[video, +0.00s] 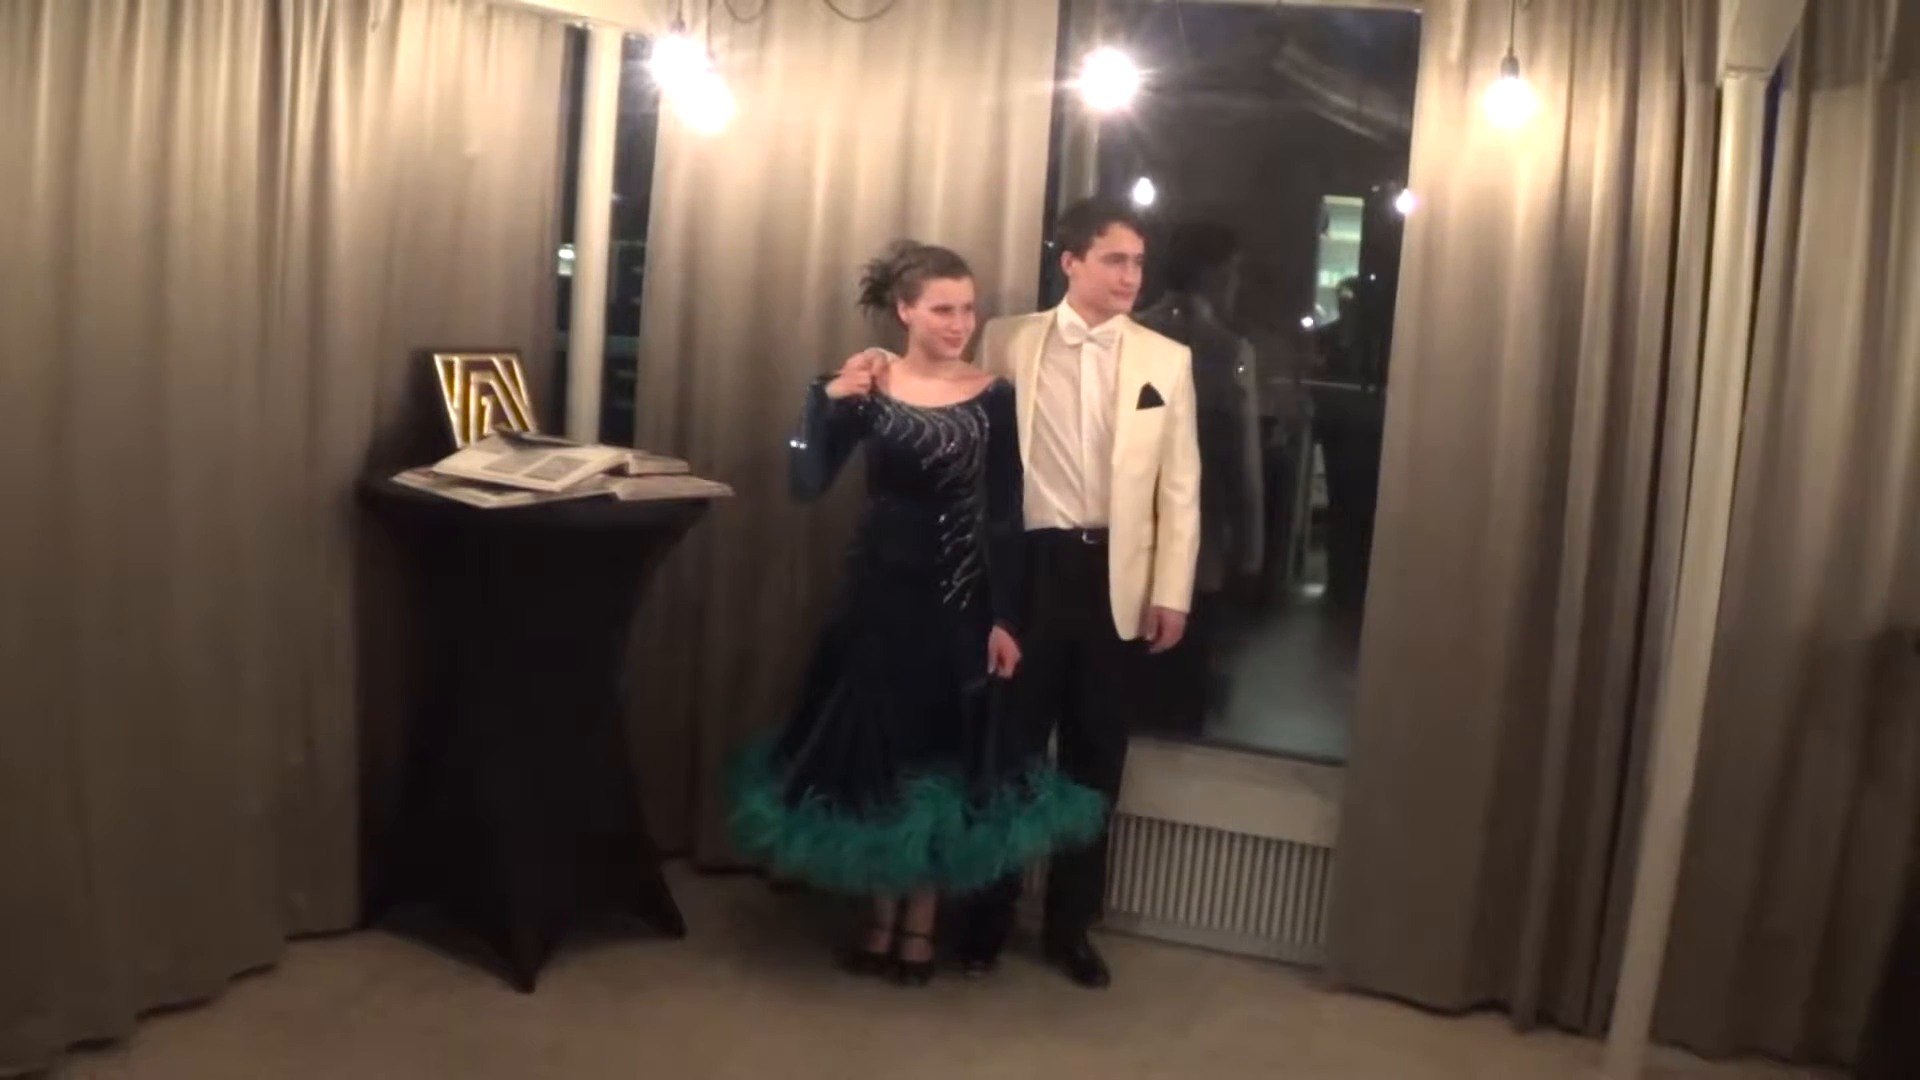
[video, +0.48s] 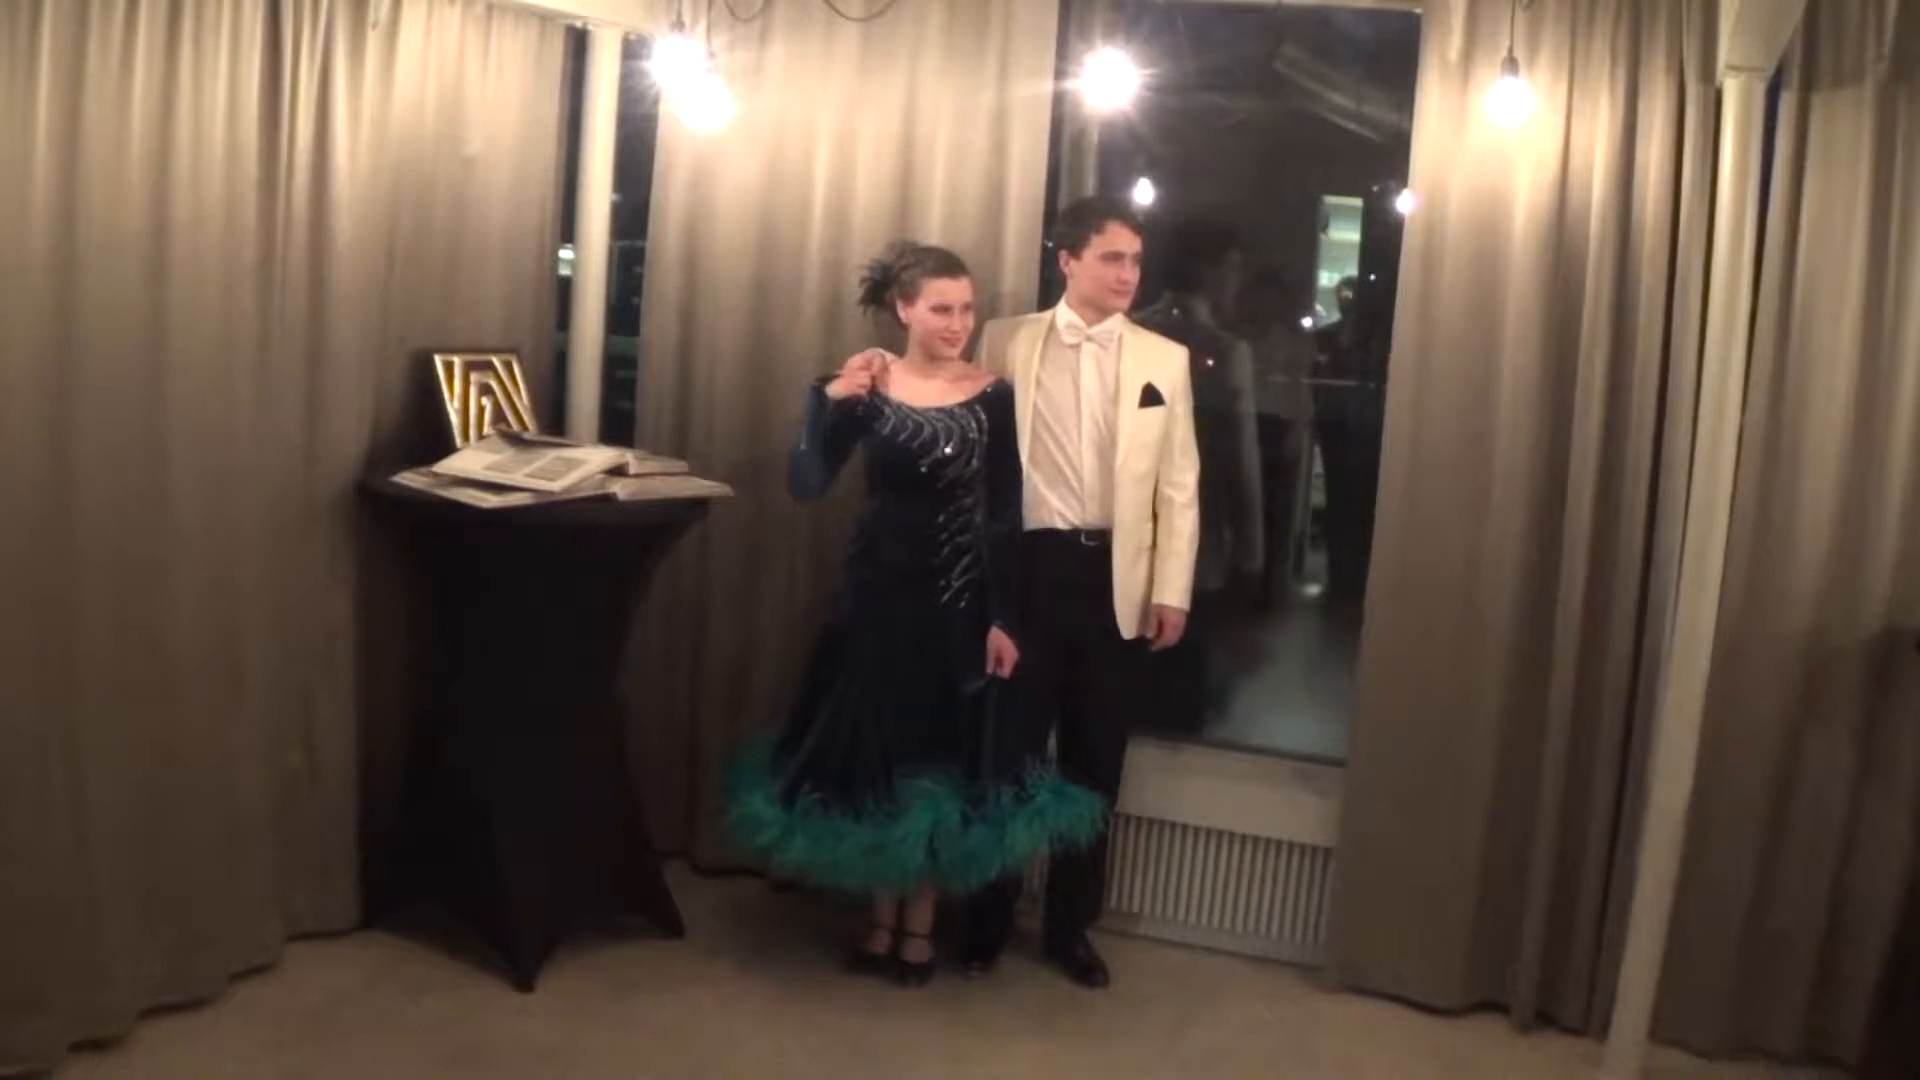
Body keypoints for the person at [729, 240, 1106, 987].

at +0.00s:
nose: (958, 323)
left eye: (967, 309)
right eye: (941, 309)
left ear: (979, 314)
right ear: (902, 312)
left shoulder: (992, 398)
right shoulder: (871, 385)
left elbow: (1005, 515)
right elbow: (808, 480)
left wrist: (1005, 617)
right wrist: (831, 396)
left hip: (960, 594)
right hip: (884, 587)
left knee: (939, 748)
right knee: (879, 743)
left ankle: (923, 906)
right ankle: (880, 905)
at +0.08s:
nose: (958, 323)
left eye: (967, 309)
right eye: (941, 309)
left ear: (979, 314)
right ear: (902, 312)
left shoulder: (992, 398)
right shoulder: (871, 386)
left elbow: (1005, 515)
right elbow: (809, 480)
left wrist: (1005, 617)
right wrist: (831, 396)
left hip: (960, 595)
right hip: (883, 588)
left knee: (940, 749)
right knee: (881, 744)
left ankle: (923, 908)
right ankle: (880, 905)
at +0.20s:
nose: (957, 323)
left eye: (966, 309)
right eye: (941, 309)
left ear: (979, 315)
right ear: (902, 312)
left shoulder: (992, 398)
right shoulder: (871, 385)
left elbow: (1005, 515)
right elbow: (808, 480)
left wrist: (1005, 617)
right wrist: (832, 396)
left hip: (960, 595)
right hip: (883, 588)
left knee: (940, 749)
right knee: (880, 744)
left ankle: (922, 908)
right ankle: (880, 905)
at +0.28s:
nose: (957, 323)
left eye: (966, 309)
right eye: (940, 309)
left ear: (978, 314)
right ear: (902, 312)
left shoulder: (991, 397)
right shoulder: (871, 385)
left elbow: (1005, 514)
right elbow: (809, 481)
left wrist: (1004, 617)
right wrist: (832, 397)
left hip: (960, 594)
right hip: (883, 588)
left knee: (940, 748)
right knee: (880, 743)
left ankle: (923, 908)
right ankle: (880, 905)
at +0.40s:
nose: (956, 323)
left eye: (966, 309)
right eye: (940, 309)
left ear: (979, 314)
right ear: (901, 312)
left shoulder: (991, 396)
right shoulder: (873, 385)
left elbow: (1005, 514)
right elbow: (809, 481)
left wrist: (1004, 618)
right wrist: (831, 397)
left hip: (960, 598)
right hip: (884, 591)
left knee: (940, 752)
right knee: (881, 748)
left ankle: (922, 913)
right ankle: (880, 909)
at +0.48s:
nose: (956, 323)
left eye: (966, 309)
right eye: (940, 309)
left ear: (978, 314)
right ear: (900, 311)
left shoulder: (991, 396)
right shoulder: (872, 385)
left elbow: (1005, 514)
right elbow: (809, 481)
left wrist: (1004, 617)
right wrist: (831, 397)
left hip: (959, 598)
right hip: (883, 591)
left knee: (940, 753)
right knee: (881, 749)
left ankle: (922, 913)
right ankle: (880, 909)